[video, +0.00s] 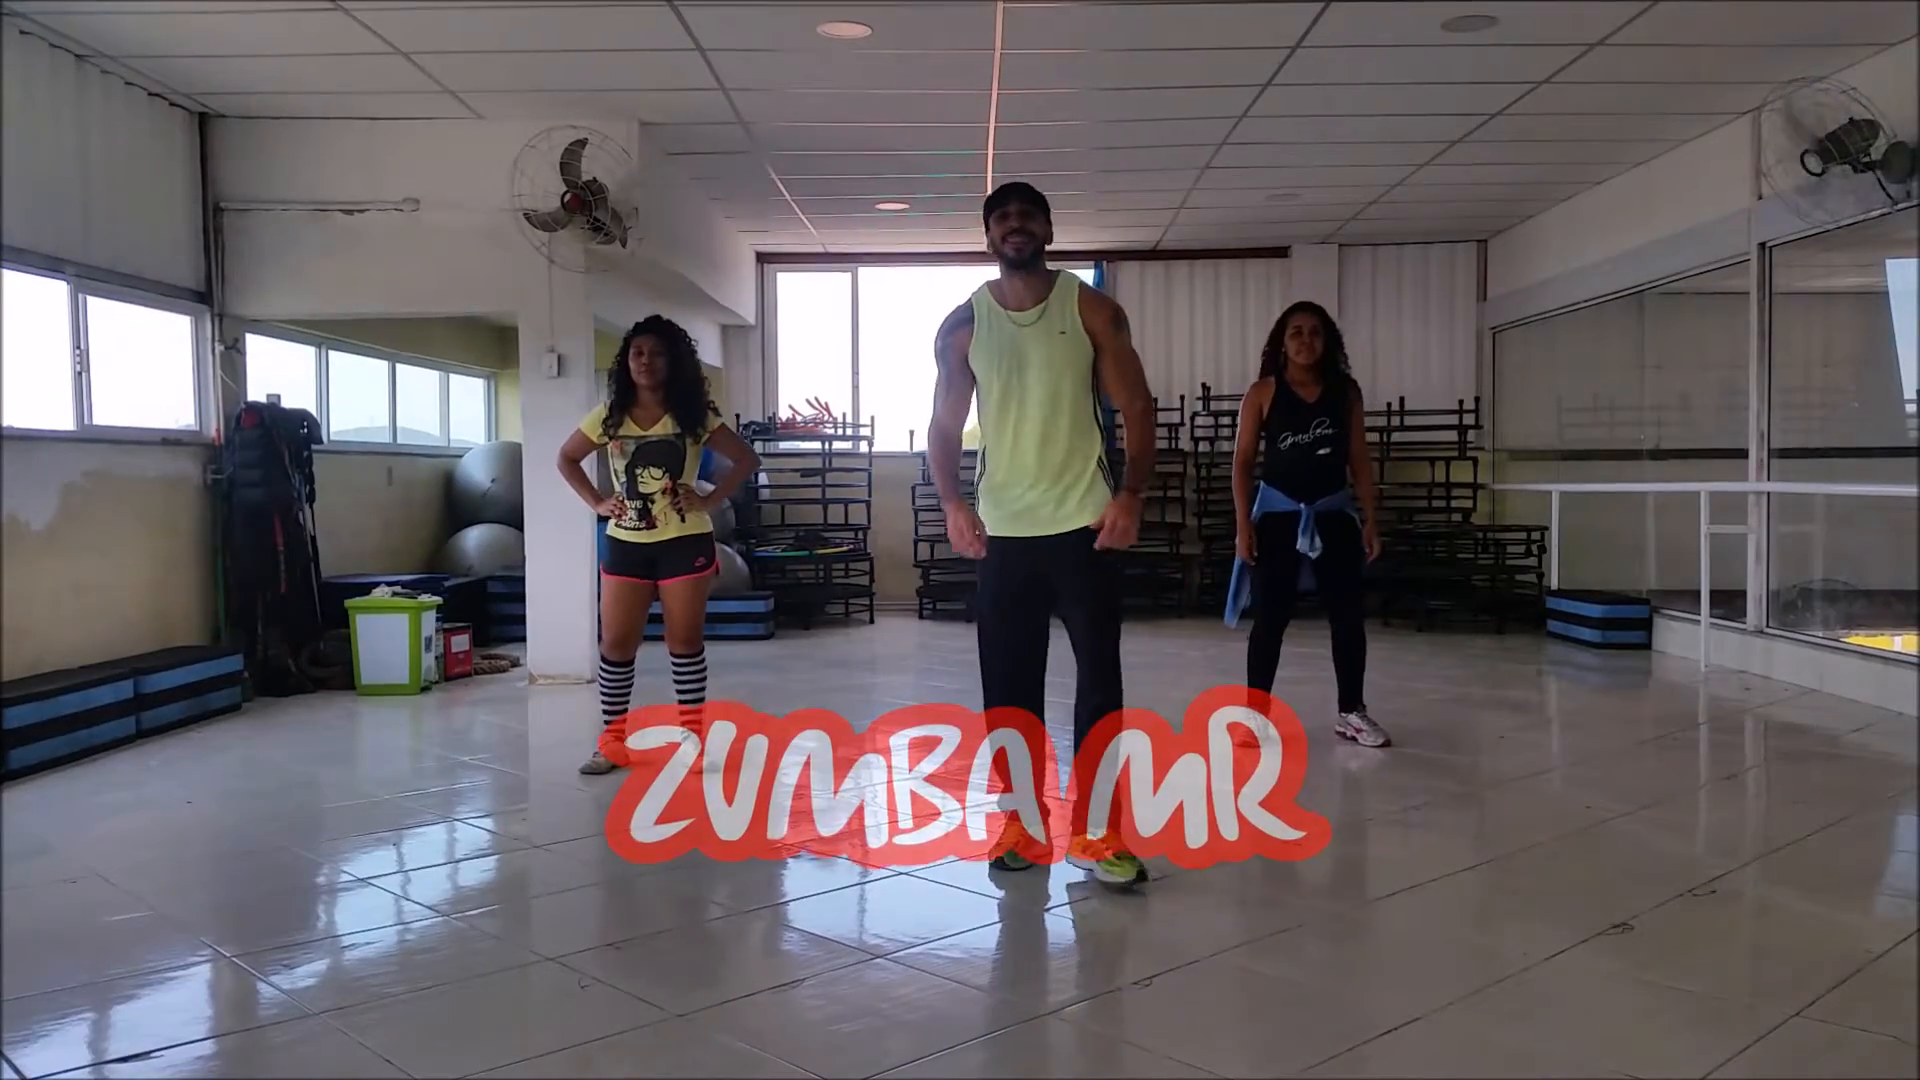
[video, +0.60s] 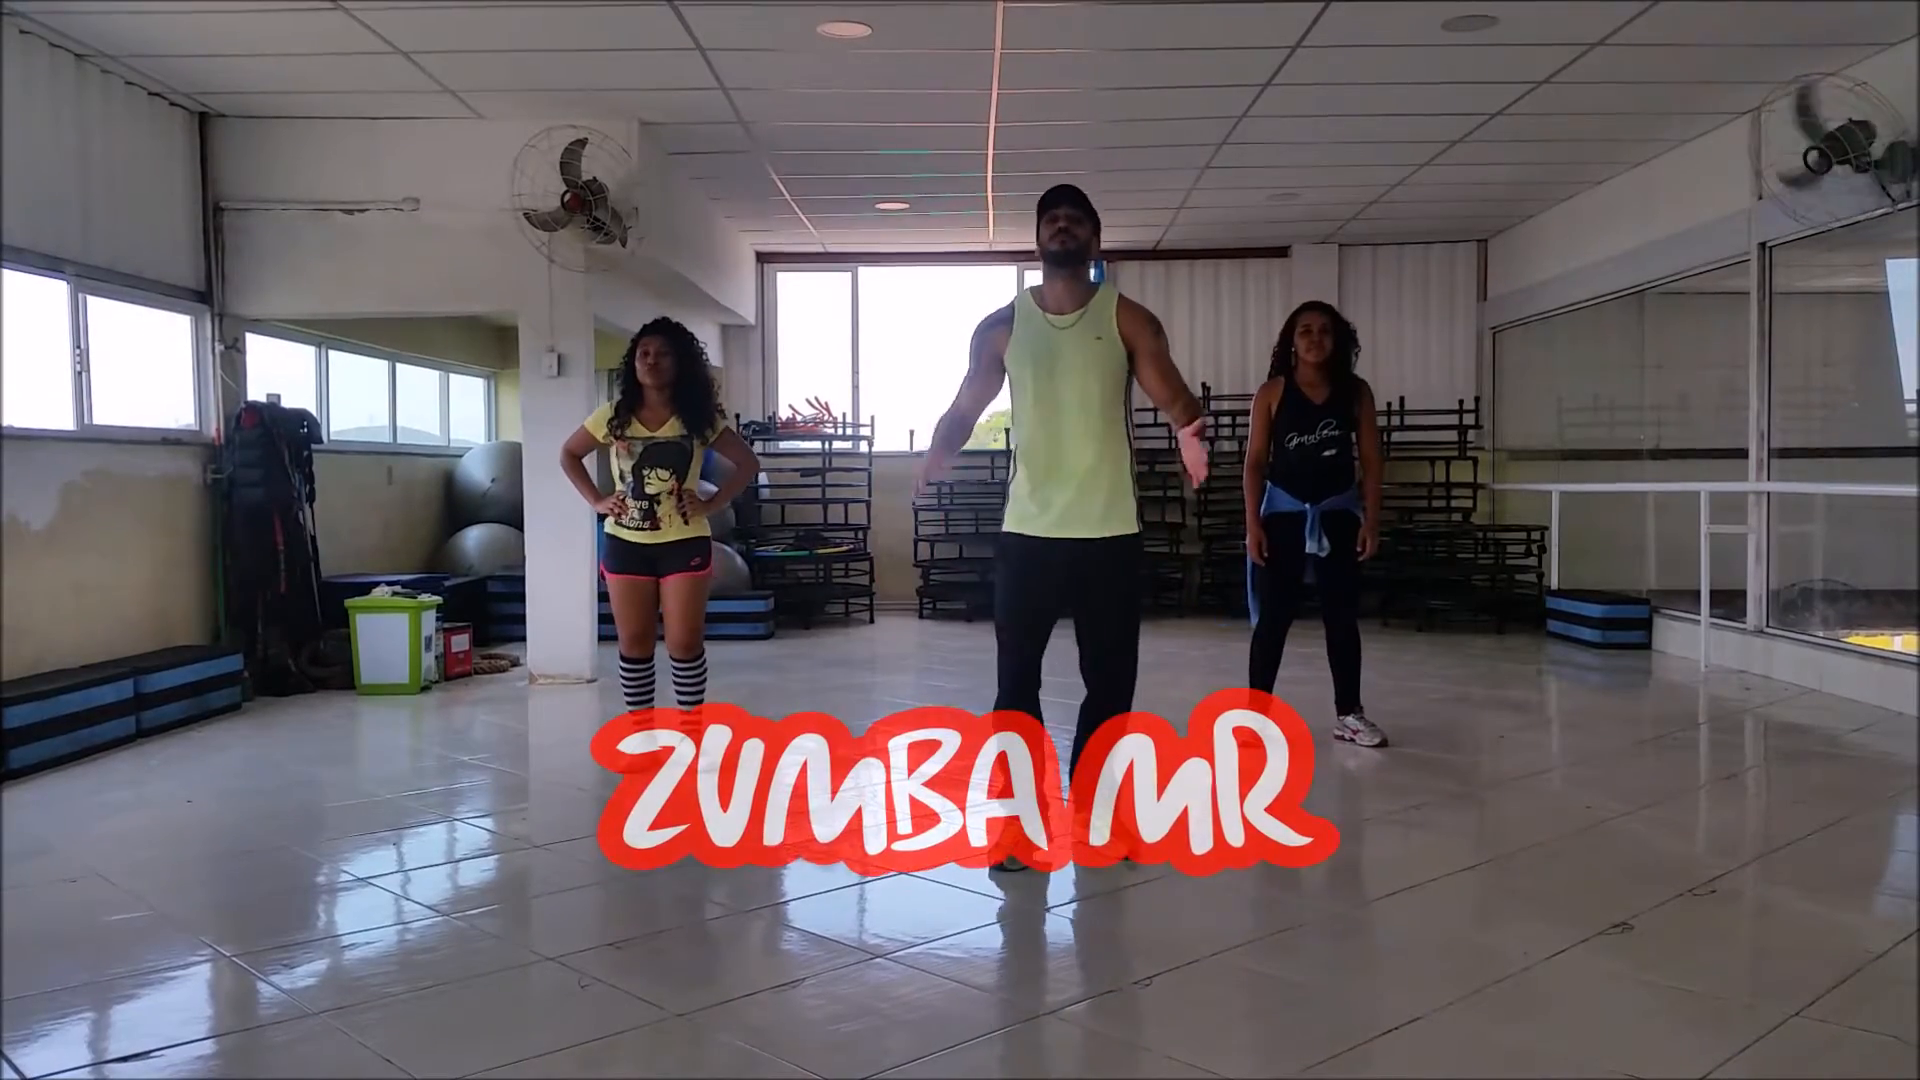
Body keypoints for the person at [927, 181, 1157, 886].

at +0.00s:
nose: (1016, 228)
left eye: (1028, 218)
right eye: (1003, 221)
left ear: (1049, 233)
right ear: (987, 239)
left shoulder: (1093, 309)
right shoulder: (964, 327)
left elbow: (1138, 406)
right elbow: (946, 427)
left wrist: (1132, 494)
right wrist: (954, 503)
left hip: (1086, 526)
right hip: (1006, 532)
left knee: (1100, 685)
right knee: (1008, 688)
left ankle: (1097, 831)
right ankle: (1020, 827)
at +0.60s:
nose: (1064, 227)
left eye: (1077, 219)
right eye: (1052, 219)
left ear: (1098, 239)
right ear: (1035, 239)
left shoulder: (1129, 319)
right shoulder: (1002, 329)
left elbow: (1175, 397)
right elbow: (964, 410)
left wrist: (1189, 421)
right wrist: (939, 454)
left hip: (1110, 532)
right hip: (1028, 532)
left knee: (1111, 691)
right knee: (1015, 686)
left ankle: (1096, 820)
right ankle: (1013, 828)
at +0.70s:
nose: (1068, 230)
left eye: (1081, 224)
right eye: (1057, 224)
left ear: (1103, 243)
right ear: (1042, 244)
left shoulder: (1135, 322)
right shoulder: (1005, 329)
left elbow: (1190, 401)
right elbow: (951, 413)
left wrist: (1200, 370)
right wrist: (928, 369)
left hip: (1115, 535)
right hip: (1032, 531)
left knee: (1116, 693)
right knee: (1008, 678)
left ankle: (1092, 819)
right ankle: (997, 814)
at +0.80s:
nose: (1069, 225)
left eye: (1081, 219)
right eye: (1058, 219)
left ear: (1100, 239)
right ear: (1041, 239)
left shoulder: (1125, 304)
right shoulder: (1011, 315)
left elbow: (1170, 355)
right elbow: (963, 377)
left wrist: (1159, 281)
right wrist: (953, 289)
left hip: (1115, 526)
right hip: (1033, 523)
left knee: (1114, 685)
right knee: (1007, 669)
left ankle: (1097, 807)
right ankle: (1002, 799)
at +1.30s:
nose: (1032, 220)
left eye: (1046, 214)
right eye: (1020, 215)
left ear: (1064, 236)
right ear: (1004, 238)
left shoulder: (1091, 303)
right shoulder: (982, 309)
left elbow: (1141, 275)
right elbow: (931, 298)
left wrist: (1116, 184)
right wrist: (946, 203)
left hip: (1087, 521)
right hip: (1006, 525)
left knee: (1110, 667)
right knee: (1004, 683)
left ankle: (1087, 797)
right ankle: (1006, 816)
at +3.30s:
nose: (1050, 240)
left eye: (1057, 228)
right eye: (1037, 227)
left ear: (1066, 241)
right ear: (1008, 234)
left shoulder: (1078, 304)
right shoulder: (974, 304)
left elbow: (1123, 279)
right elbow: (951, 317)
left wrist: (1052, 197)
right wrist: (1014, 241)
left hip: (1077, 524)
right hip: (995, 526)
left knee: (1082, 710)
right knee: (982, 708)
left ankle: (1086, 849)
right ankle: (973, 848)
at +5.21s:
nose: (1041, 219)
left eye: (1055, 207)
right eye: (1030, 210)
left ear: (1081, 226)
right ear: (1019, 229)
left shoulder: (1105, 294)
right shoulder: (993, 299)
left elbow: (1141, 323)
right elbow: (965, 352)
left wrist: (1070, 254)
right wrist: (1028, 287)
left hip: (1096, 524)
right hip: (1012, 524)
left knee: (1114, 682)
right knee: (996, 681)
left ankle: (1118, 822)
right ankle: (1000, 822)